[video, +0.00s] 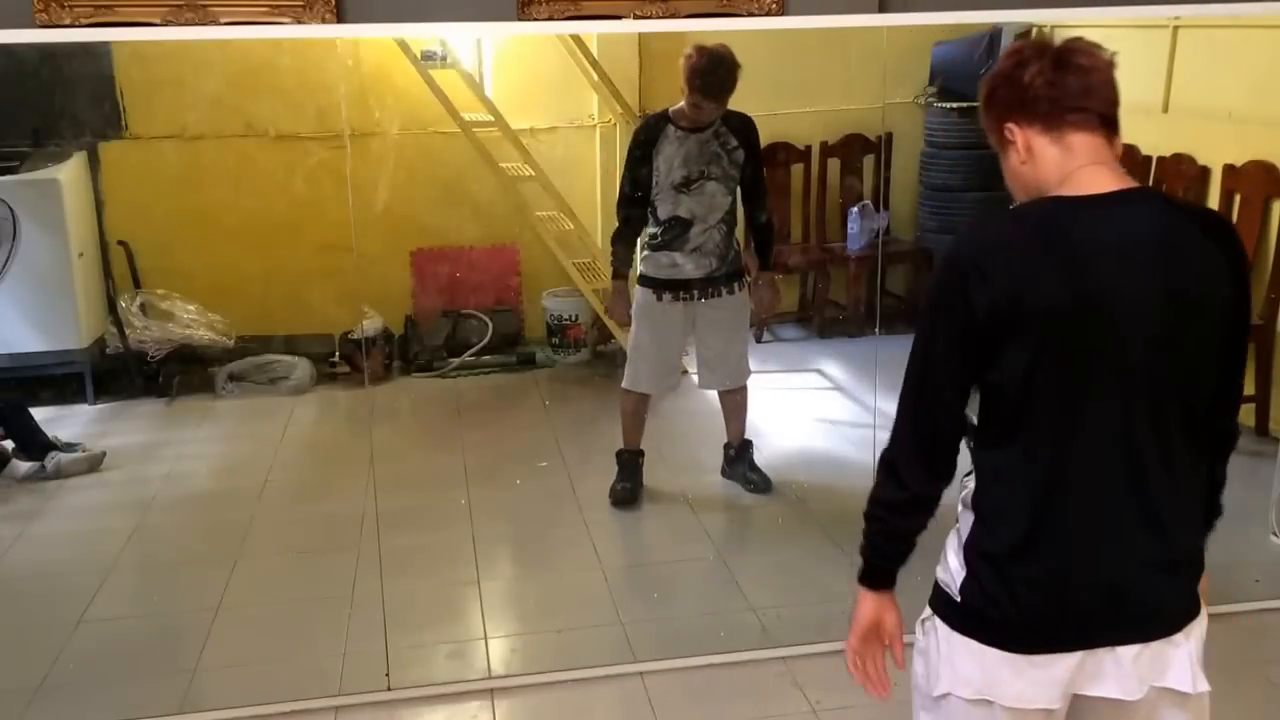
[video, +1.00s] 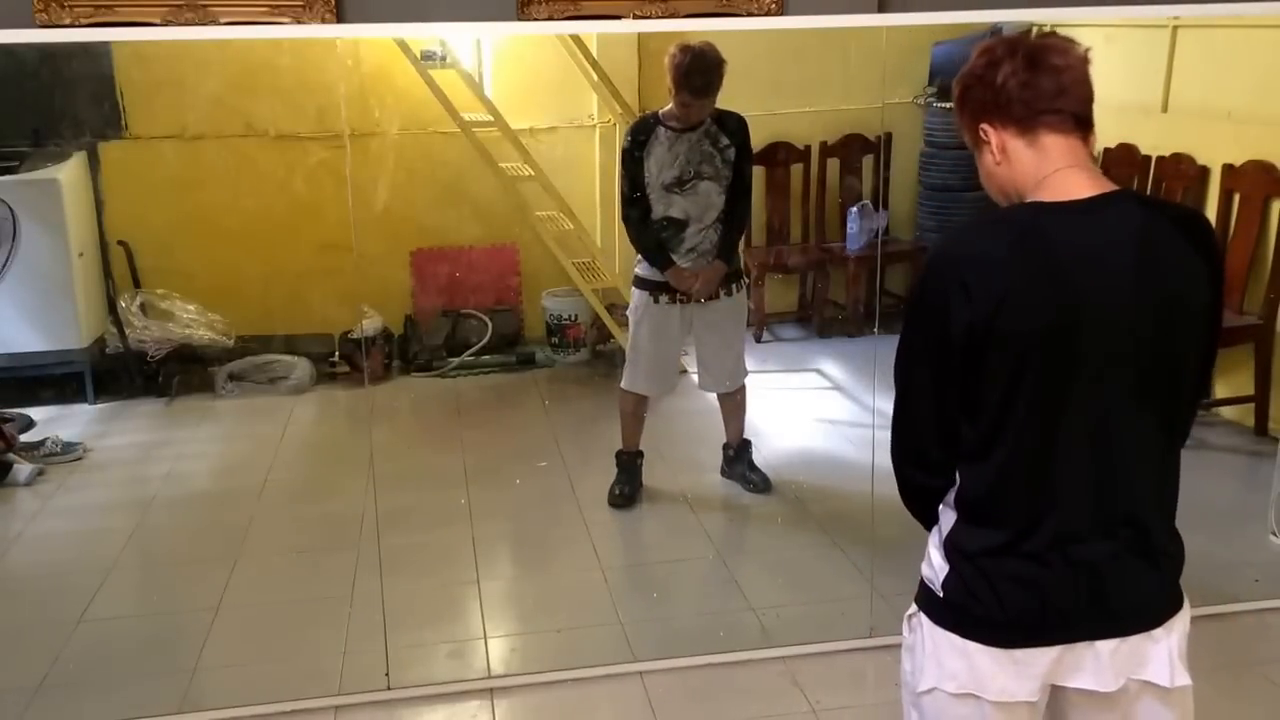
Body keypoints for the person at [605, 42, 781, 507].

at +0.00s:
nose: (698, 112)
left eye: (708, 106)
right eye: (693, 103)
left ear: (727, 96)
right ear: (684, 87)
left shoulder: (740, 130)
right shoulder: (652, 130)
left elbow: (756, 204)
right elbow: (630, 206)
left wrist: (765, 272)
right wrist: (618, 278)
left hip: (722, 281)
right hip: (659, 282)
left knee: (732, 371)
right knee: (639, 377)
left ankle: (736, 456)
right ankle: (629, 467)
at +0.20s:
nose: (698, 111)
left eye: (709, 106)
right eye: (694, 102)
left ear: (727, 97)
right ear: (686, 86)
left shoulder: (740, 130)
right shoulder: (651, 131)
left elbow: (752, 202)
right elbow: (637, 206)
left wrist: (745, 265)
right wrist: (649, 274)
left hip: (722, 282)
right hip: (660, 282)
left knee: (732, 373)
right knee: (639, 378)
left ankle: (737, 456)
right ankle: (628, 466)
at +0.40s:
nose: (701, 114)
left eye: (710, 106)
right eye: (693, 106)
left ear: (722, 95)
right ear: (677, 91)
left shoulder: (735, 127)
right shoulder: (644, 133)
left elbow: (743, 198)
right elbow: (634, 207)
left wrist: (725, 261)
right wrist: (665, 267)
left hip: (720, 275)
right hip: (658, 276)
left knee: (730, 371)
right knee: (639, 374)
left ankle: (736, 456)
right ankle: (628, 466)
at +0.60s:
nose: (691, 117)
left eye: (700, 109)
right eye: (683, 108)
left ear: (714, 95)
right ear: (667, 93)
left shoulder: (733, 126)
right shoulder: (641, 134)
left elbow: (742, 201)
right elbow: (628, 211)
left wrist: (720, 262)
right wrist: (668, 266)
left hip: (720, 277)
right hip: (656, 278)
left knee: (730, 372)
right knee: (639, 376)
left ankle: (736, 456)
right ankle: (628, 465)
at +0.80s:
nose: (691, 115)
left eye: (700, 106)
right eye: (683, 106)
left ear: (713, 94)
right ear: (668, 92)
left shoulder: (732, 127)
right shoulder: (641, 134)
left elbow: (741, 202)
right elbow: (630, 213)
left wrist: (721, 263)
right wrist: (669, 267)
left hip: (720, 278)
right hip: (656, 279)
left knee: (731, 373)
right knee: (639, 377)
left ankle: (736, 456)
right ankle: (628, 466)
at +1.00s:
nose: (693, 114)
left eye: (702, 106)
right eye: (686, 105)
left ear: (716, 93)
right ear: (672, 90)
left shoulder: (733, 128)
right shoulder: (641, 134)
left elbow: (740, 201)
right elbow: (633, 212)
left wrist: (721, 261)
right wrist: (670, 268)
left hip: (720, 279)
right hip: (656, 279)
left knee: (730, 374)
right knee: (638, 378)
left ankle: (736, 456)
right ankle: (628, 465)